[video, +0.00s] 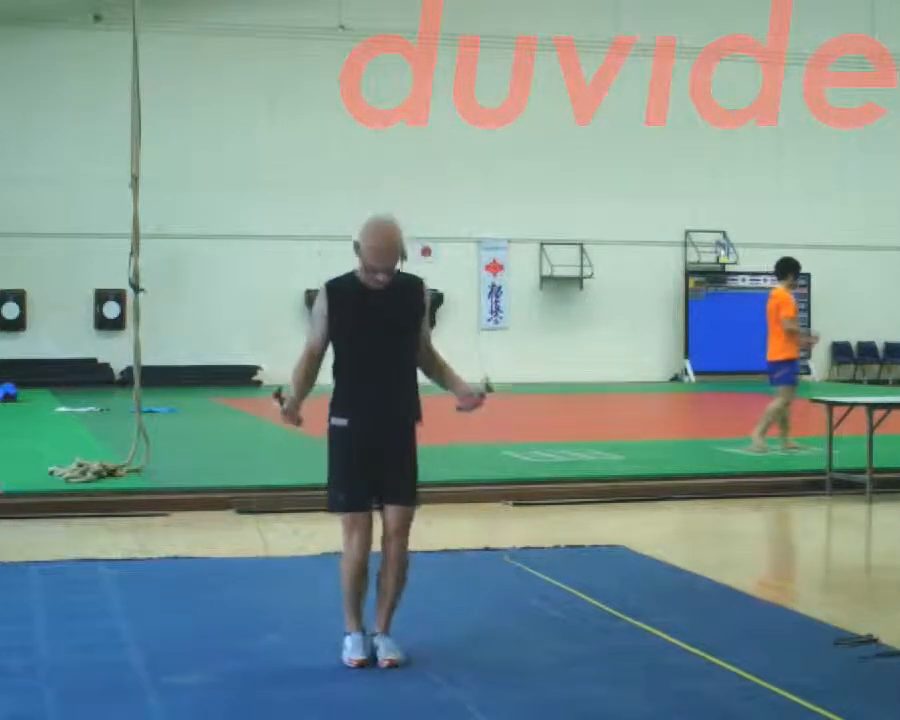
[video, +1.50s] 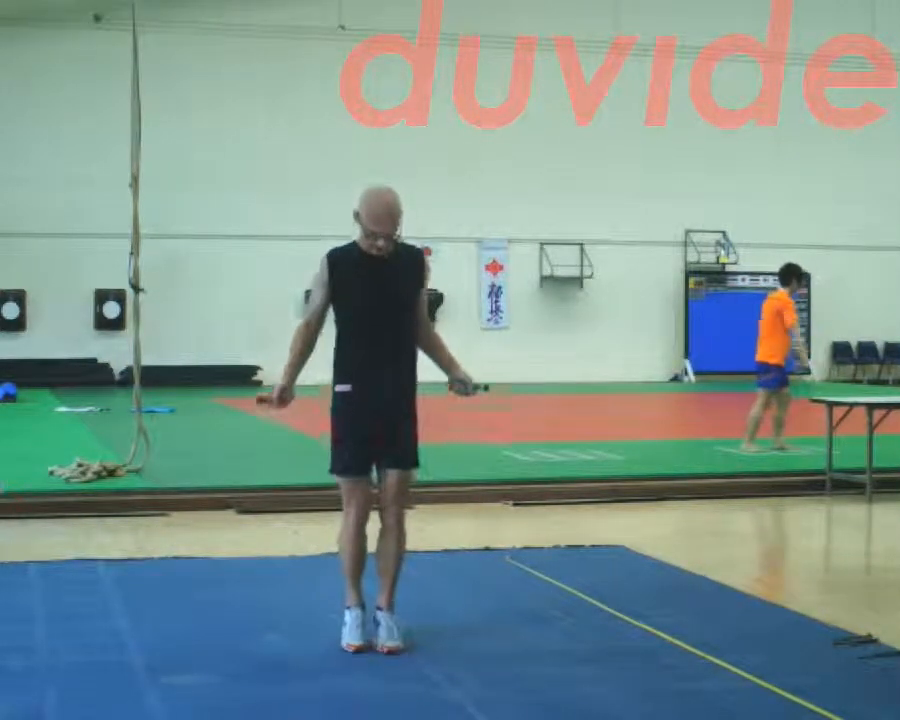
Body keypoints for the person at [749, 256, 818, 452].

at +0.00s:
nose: (797, 280)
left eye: (797, 276)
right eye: (796, 276)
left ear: (780, 275)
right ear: (790, 276)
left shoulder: (776, 295)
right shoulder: (785, 297)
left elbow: (782, 327)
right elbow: (788, 325)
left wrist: (801, 340)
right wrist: (807, 336)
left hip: (778, 354)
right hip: (784, 354)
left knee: (785, 397)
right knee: (784, 396)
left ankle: (785, 438)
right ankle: (758, 433)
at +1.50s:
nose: (801, 286)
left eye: (801, 281)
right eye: (800, 281)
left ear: (783, 280)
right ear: (793, 281)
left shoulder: (771, 299)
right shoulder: (785, 302)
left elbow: (767, 331)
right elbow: (794, 333)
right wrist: (804, 359)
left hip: (766, 357)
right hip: (773, 359)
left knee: (783, 398)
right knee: (763, 399)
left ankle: (778, 439)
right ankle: (748, 441)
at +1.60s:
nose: (810, 286)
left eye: (811, 282)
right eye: (810, 282)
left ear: (795, 279)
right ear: (803, 280)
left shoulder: (782, 294)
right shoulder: (790, 296)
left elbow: (757, 305)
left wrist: (730, 308)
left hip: (773, 351)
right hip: (773, 352)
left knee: (781, 395)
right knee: (769, 394)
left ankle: (778, 437)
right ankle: (752, 440)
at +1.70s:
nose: (816, 292)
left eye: (818, 289)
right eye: (817, 287)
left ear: (804, 281)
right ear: (810, 284)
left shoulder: (783, 291)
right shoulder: (795, 292)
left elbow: (758, 286)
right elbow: (773, 282)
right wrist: (747, 273)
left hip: (769, 344)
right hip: (769, 345)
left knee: (778, 393)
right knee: (771, 392)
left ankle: (779, 435)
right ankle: (767, 436)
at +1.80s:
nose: (817, 310)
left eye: (820, 306)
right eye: (819, 305)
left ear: (809, 294)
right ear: (813, 298)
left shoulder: (784, 296)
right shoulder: (797, 300)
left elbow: (765, 285)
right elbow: (776, 280)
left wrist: (753, 268)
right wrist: (756, 264)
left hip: (760, 346)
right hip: (767, 348)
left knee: (775, 394)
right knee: (776, 395)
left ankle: (773, 437)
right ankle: (773, 438)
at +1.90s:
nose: (818, 335)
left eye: (820, 331)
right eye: (819, 330)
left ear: (810, 320)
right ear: (813, 324)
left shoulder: (789, 319)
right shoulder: (794, 321)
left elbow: (773, 304)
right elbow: (774, 302)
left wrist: (762, 280)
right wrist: (763, 280)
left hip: (752, 363)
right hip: (760, 366)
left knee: (778, 402)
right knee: (782, 403)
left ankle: (772, 440)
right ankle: (773, 442)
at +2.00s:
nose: (820, 347)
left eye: (822, 344)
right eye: (821, 343)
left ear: (809, 335)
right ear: (815, 339)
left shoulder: (791, 341)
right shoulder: (796, 343)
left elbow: (766, 341)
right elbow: (771, 336)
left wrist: (751, 328)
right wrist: (748, 322)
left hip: (752, 376)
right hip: (760, 378)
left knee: (787, 405)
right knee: (791, 404)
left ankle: (771, 440)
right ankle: (774, 443)